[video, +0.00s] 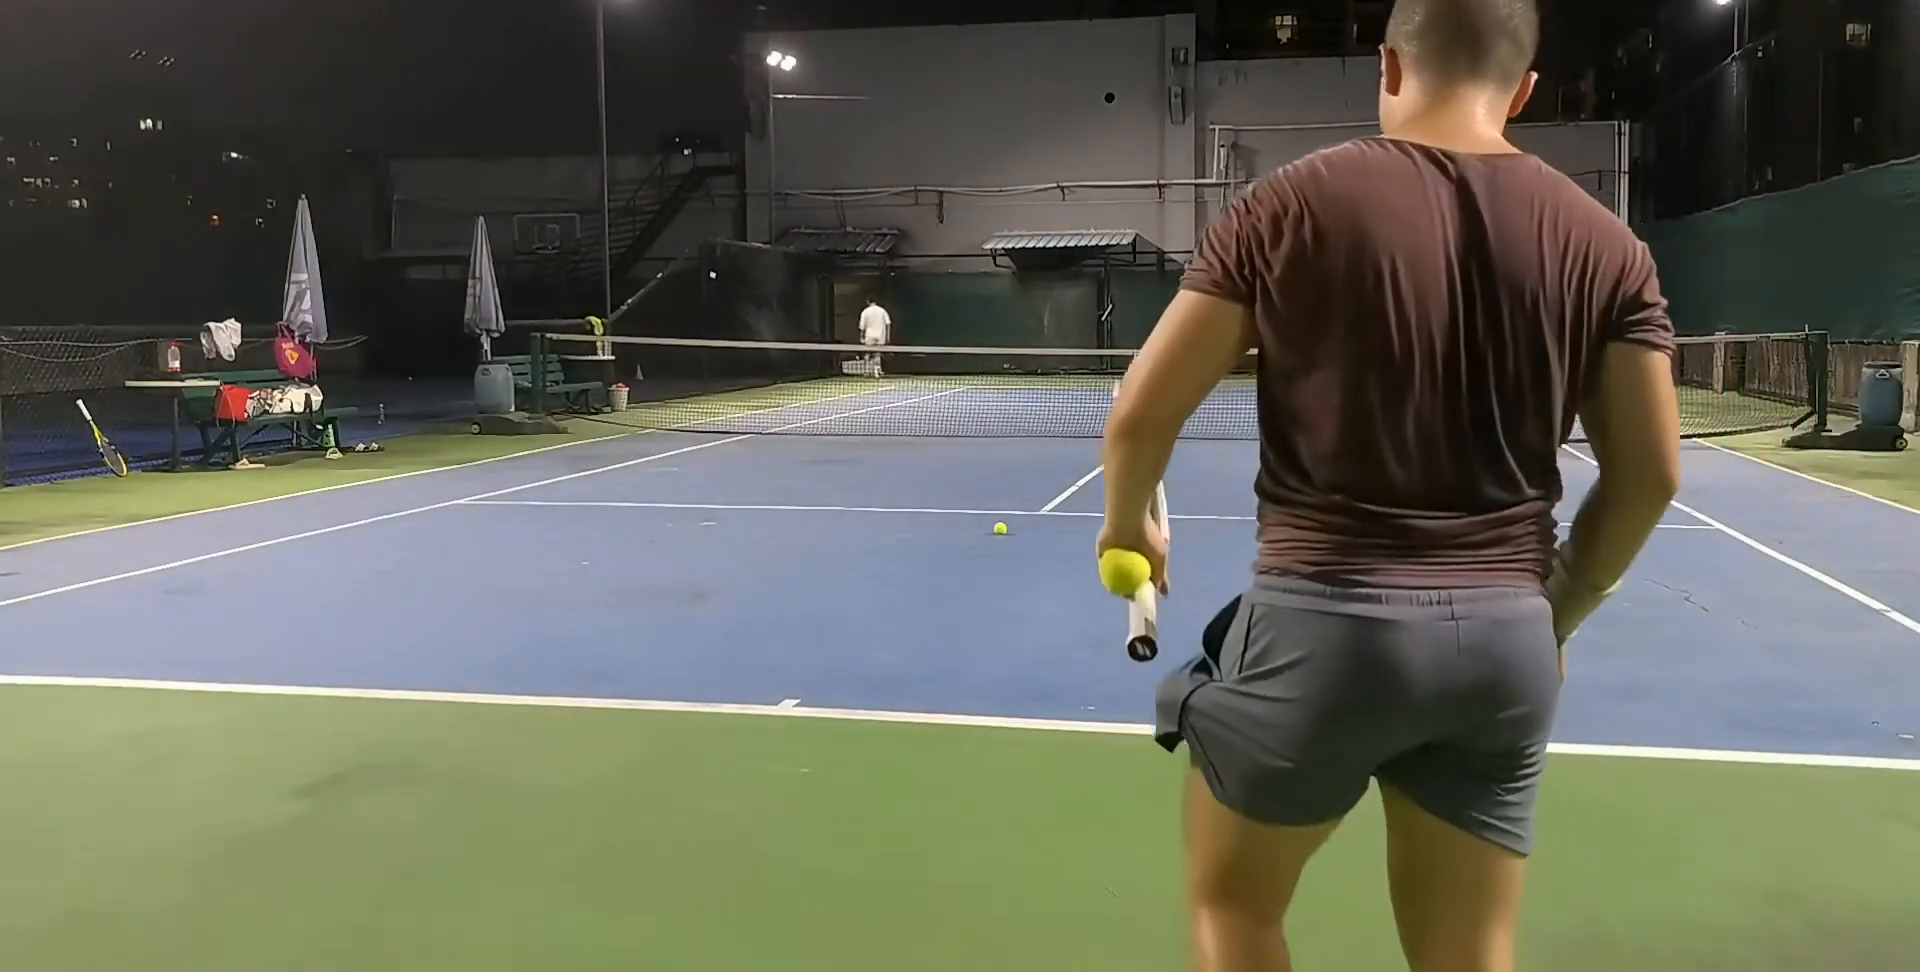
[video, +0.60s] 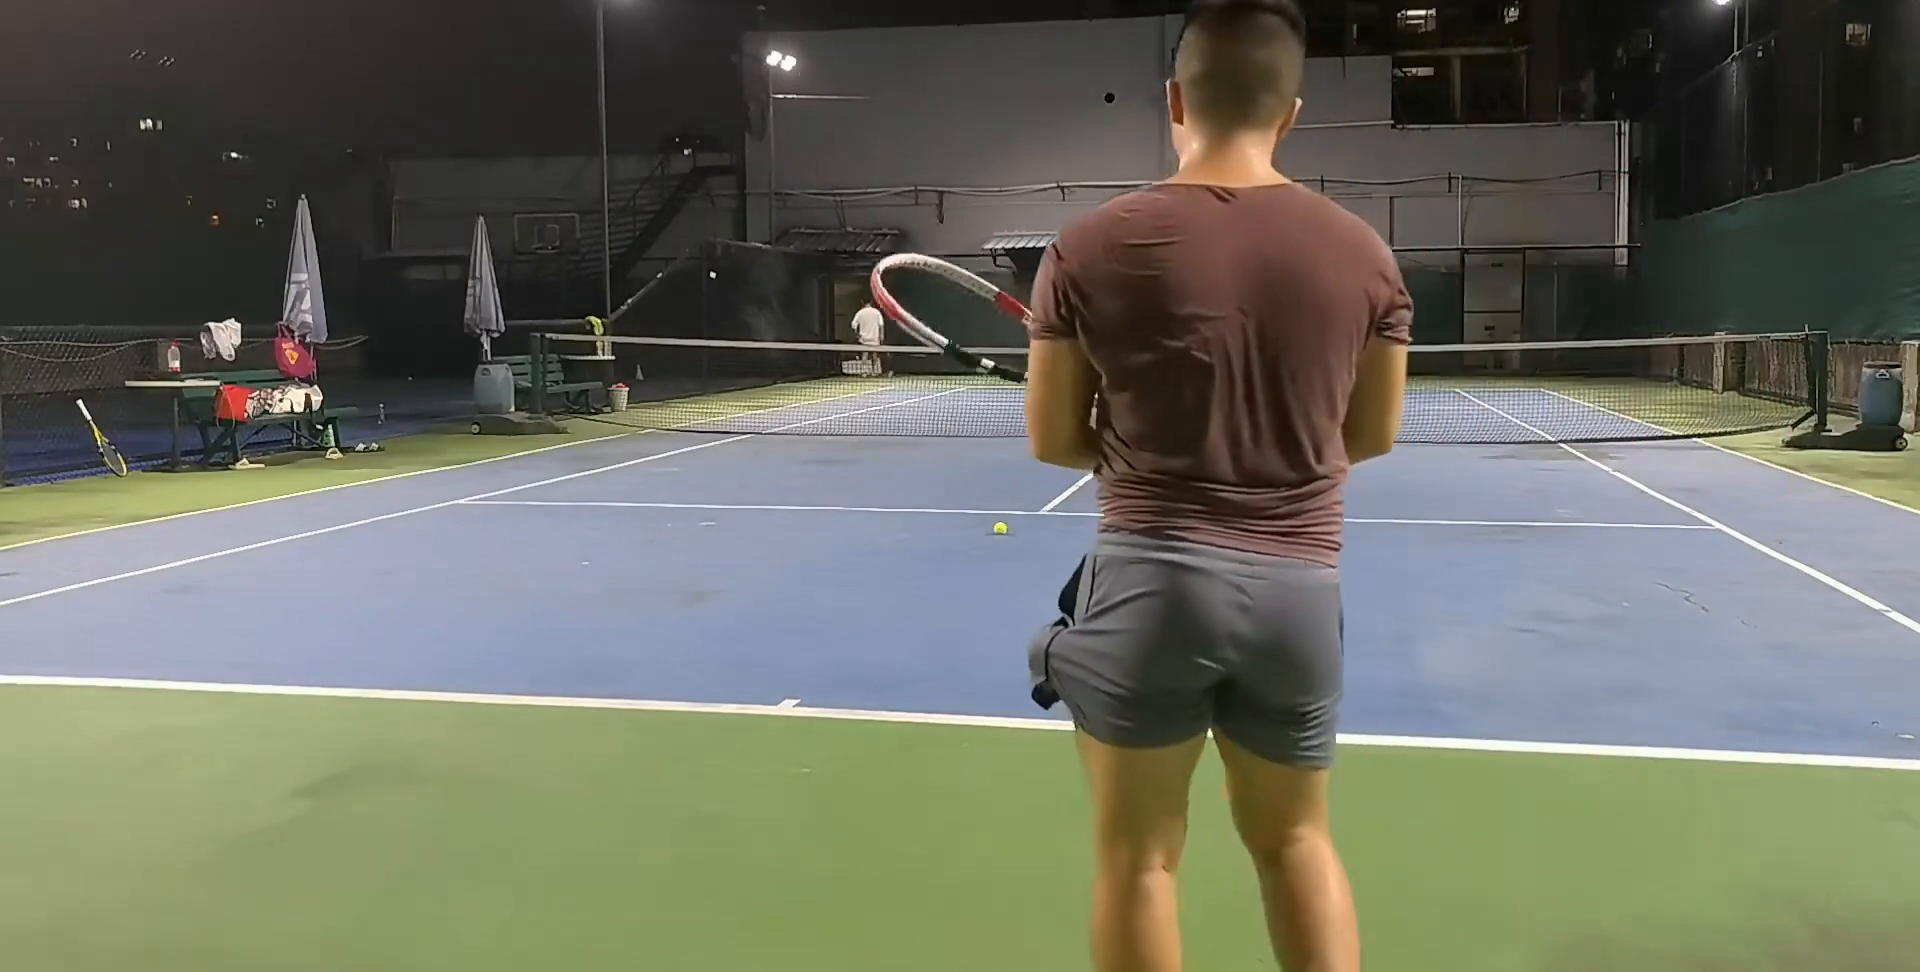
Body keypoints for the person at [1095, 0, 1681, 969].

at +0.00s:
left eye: (1382, 68)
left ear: (1391, 68)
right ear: (1521, 90)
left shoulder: (1294, 201)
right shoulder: (1599, 240)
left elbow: (1141, 413)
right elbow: (1646, 474)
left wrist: (1128, 527)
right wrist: (1553, 615)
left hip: (1317, 625)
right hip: (1503, 625)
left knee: (1235, 909)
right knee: (1469, 948)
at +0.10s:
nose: (1346, 94)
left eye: (1348, 74)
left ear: (1364, 73)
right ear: (1490, 96)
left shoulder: (1277, 207)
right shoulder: (1570, 241)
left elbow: (1124, 409)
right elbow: (1631, 455)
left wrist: (1113, 494)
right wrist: (1529, 568)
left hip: (1300, 622)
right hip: (1483, 624)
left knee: (1214, 906)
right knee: (1456, 943)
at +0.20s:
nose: (1316, 107)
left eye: (1317, 91)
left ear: (1331, 88)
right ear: (1449, 108)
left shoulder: (1244, 220)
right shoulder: (1532, 248)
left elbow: (1103, 420)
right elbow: (1604, 443)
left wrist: (1104, 473)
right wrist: (1492, 523)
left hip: (1280, 623)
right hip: (1455, 618)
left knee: (1206, 924)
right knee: (1443, 944)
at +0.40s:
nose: (1236, 126)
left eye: (1236, 109)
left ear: (1246, 105)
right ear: (1365, 121)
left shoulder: (1162, 249)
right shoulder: (1437, 259)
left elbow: (1087, 452)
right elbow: (1469, 444)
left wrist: (1115, 469)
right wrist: (1351, 470)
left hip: (1204, 613)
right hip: (1370, 614)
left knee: (1154, 890)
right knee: (1375, 912)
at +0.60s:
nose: (1171, 111)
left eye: (1170, 98)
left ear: (1176, 103)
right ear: (1291, 111)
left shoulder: (1093, 243)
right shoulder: (1360, 249)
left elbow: (1058, 440)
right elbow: (1371, 433)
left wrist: (1150, 428)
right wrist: (1267, 433)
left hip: (1148, 588)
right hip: (1296, 596)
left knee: (1140, 858)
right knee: (1296, 838)